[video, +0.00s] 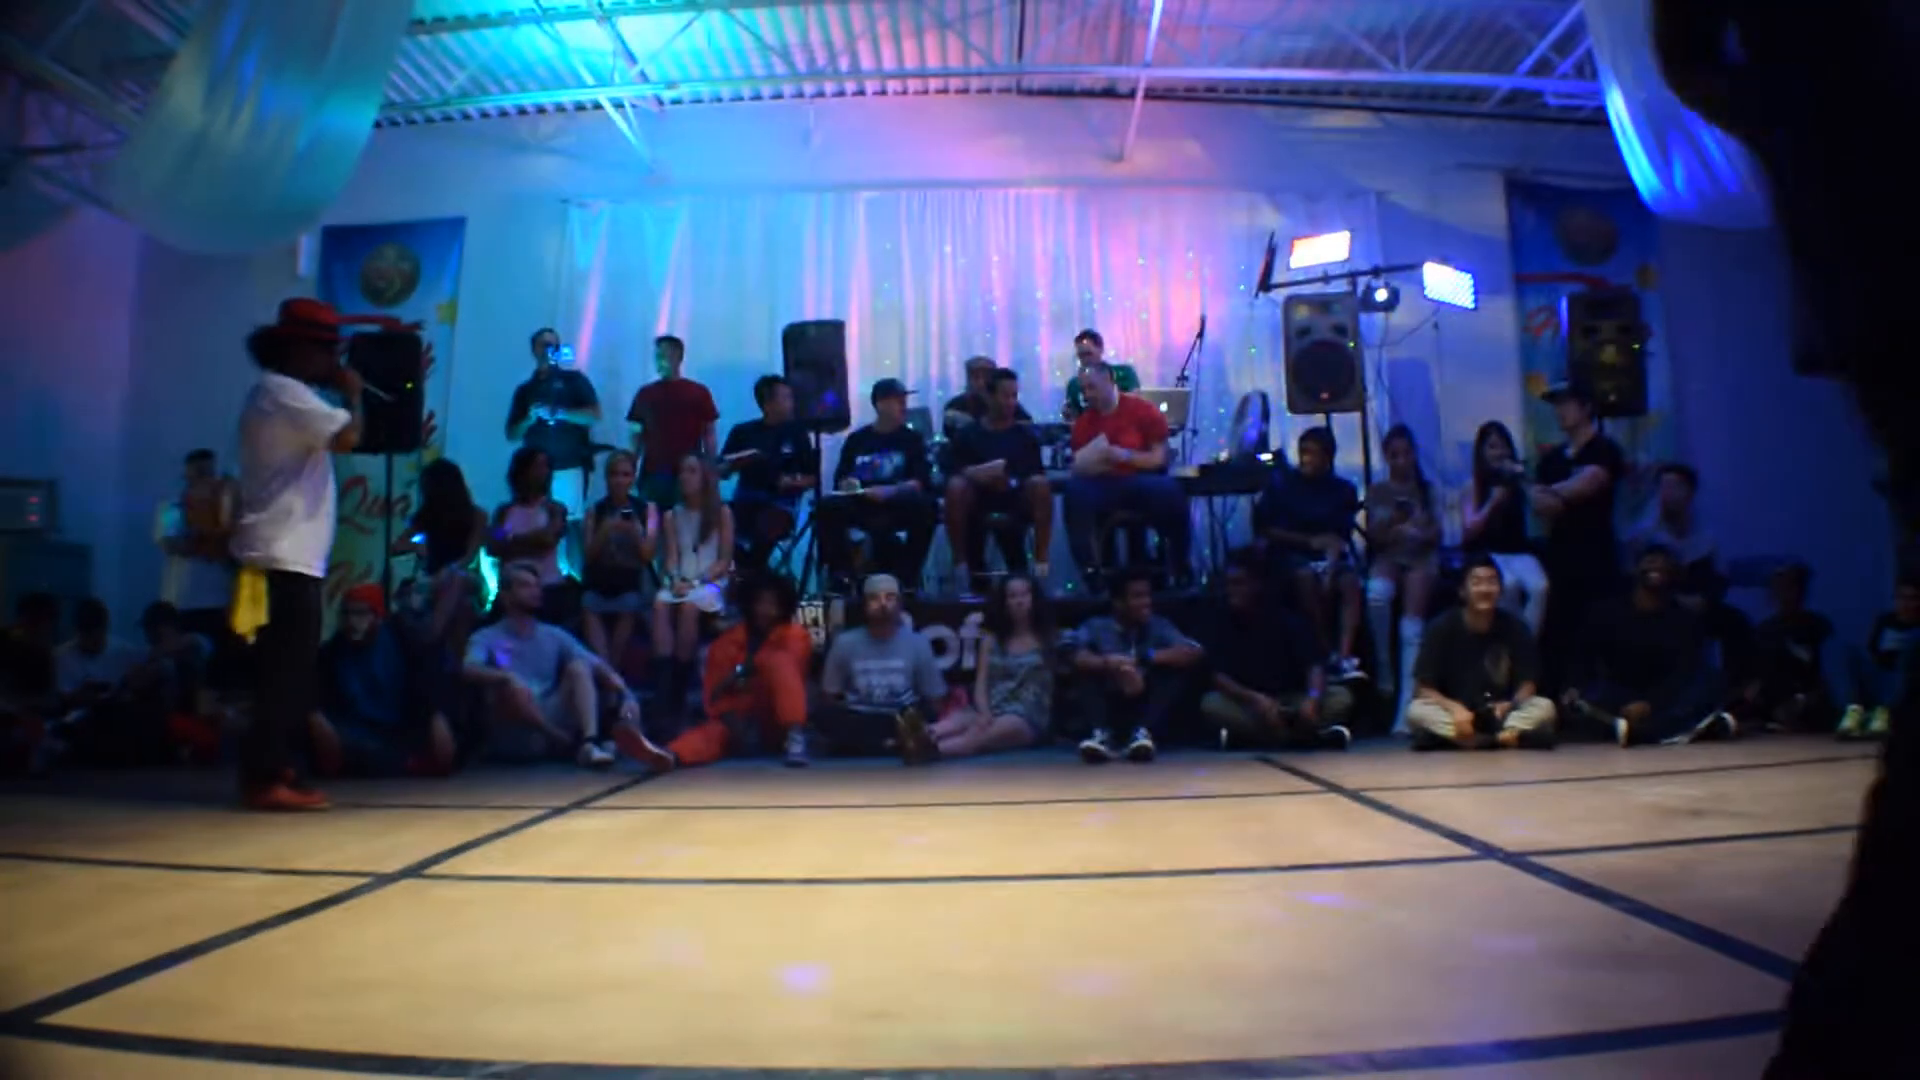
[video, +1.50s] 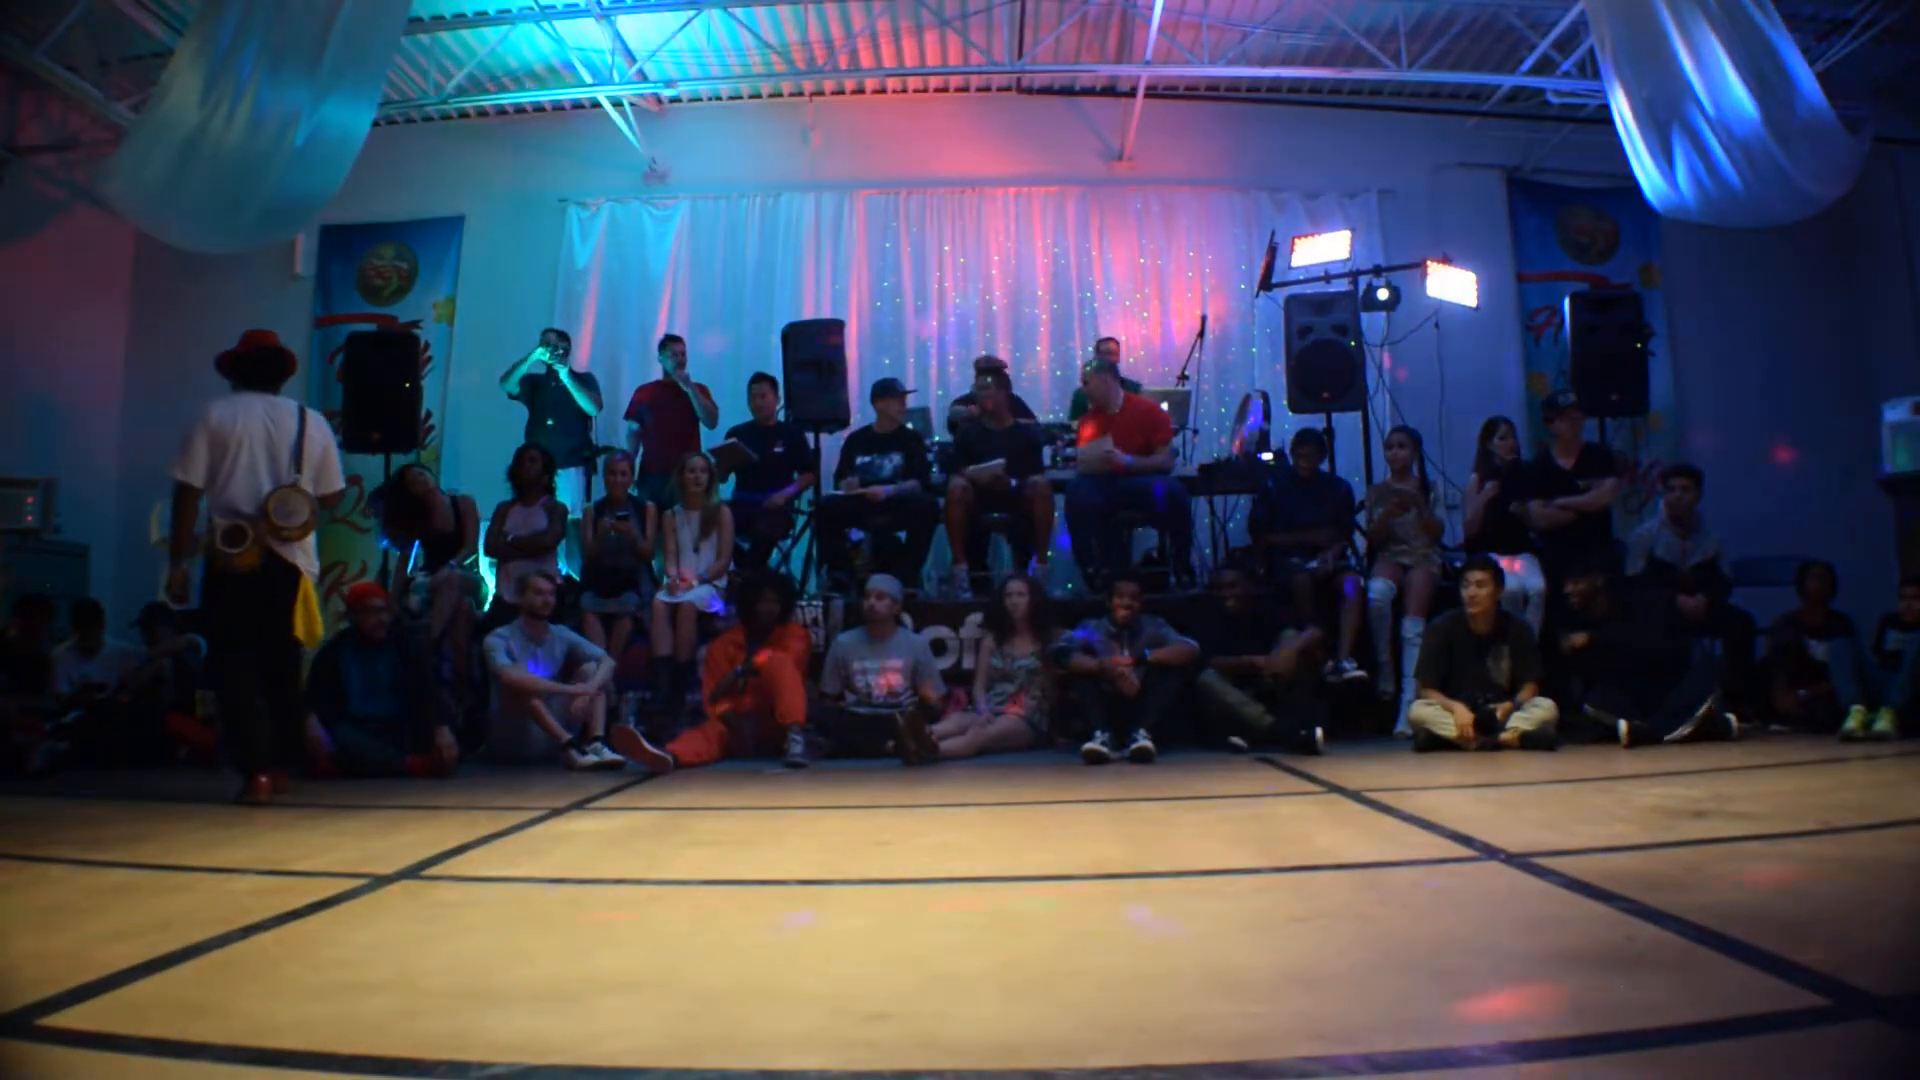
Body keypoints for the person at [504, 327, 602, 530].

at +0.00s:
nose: (549, 350)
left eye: (553, 345)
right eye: (543, 346)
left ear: (559, 349)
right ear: (534, 350)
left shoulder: (575, 380)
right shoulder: (525, 390)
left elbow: (594, 415)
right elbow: (512, 433)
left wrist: (560, 414)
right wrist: (530, 419)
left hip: (570, 463)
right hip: (537, 466)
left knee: (570, 523)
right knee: (536, 524)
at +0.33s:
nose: (550, 351)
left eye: (555, 346)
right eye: (545, 346)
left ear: (561, 349)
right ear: (536, 351)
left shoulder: (578, 380)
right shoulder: (529, 388)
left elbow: (597, 416)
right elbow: (510, 429)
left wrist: (563, 409)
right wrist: (525, 404)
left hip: (572, 462)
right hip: (539, 463)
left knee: (572, 522)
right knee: (538, 522)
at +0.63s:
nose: (551, 351)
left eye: (556, 346)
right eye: (545, 346)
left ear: (563, 349)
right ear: (536, 350)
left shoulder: (579, 379)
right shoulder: (530, 382)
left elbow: (595, 411)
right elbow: (504, 401)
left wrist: (568, 382)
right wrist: (529, 370)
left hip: (571, 462)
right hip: (537, 463)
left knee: (570, 522)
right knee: (535, 523)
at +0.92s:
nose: (553, 350)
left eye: (558, 345)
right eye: (547, 345)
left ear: (567, 348)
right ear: (541, 350)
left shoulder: (582, 380)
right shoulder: (533, 383)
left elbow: (594, 409)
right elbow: (507, 384)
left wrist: (567, 375)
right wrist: (536, 361)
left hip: (571, 461)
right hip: (537, 462)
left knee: (569, 522)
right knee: (535, 521)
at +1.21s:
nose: (555, 354)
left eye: (561, 349)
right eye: (550, 349)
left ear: (569, 352)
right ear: (543, 352)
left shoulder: (582, 380)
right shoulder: (534, 382)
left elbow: (594, 407)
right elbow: (507, 381)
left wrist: (566, 374)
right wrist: (536, 356)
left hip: (572, 460)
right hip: (538, 459)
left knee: (571, 520)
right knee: (535, 518)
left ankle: (571, 575)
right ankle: (535, 577)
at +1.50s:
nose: (555, 353)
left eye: (561, 348)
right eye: (550, 348)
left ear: (569, 351)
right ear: (542, 350)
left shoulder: (583, 380)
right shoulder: (534, 382)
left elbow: (593, 408)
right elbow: (507, 385)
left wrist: (565, 375)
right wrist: (533, 357)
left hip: (572, 461)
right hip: (538, 461)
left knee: (572, 523)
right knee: (535, 520)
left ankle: (573, 577)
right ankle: (537, 578)